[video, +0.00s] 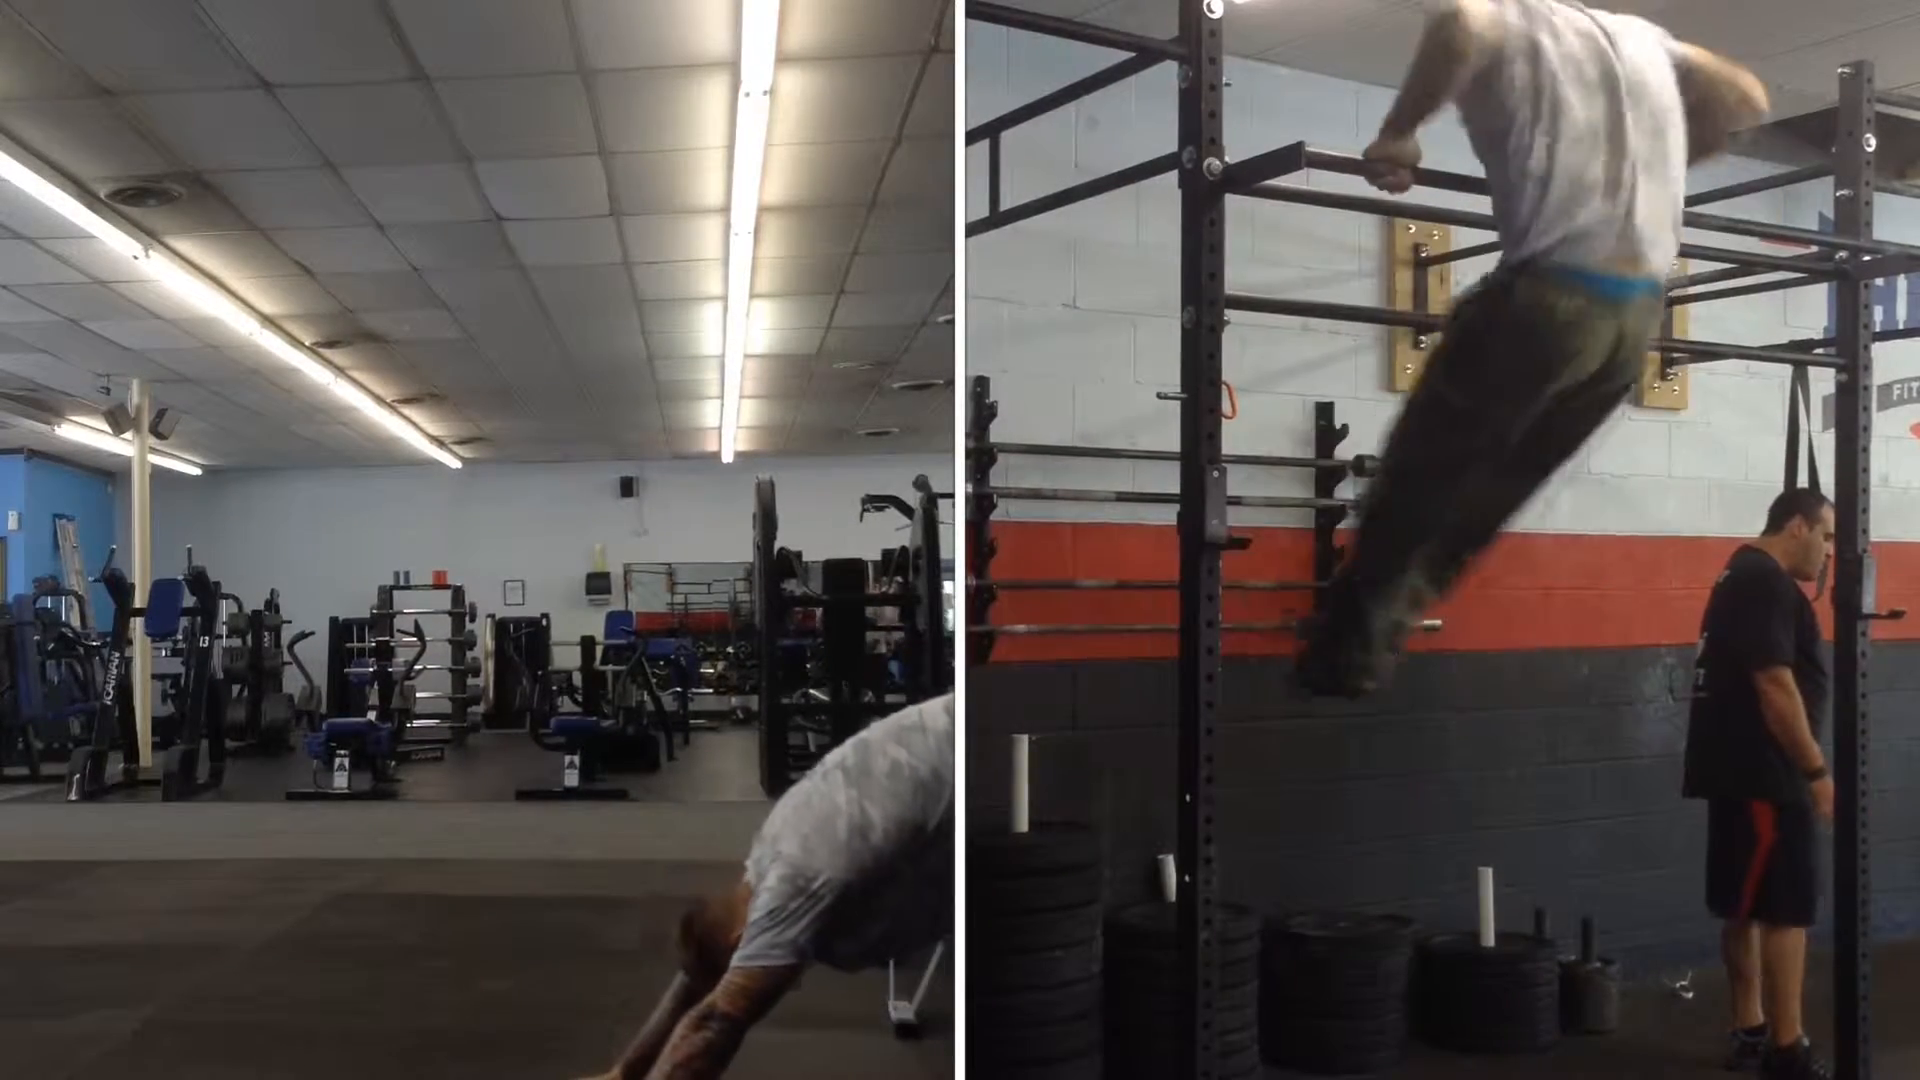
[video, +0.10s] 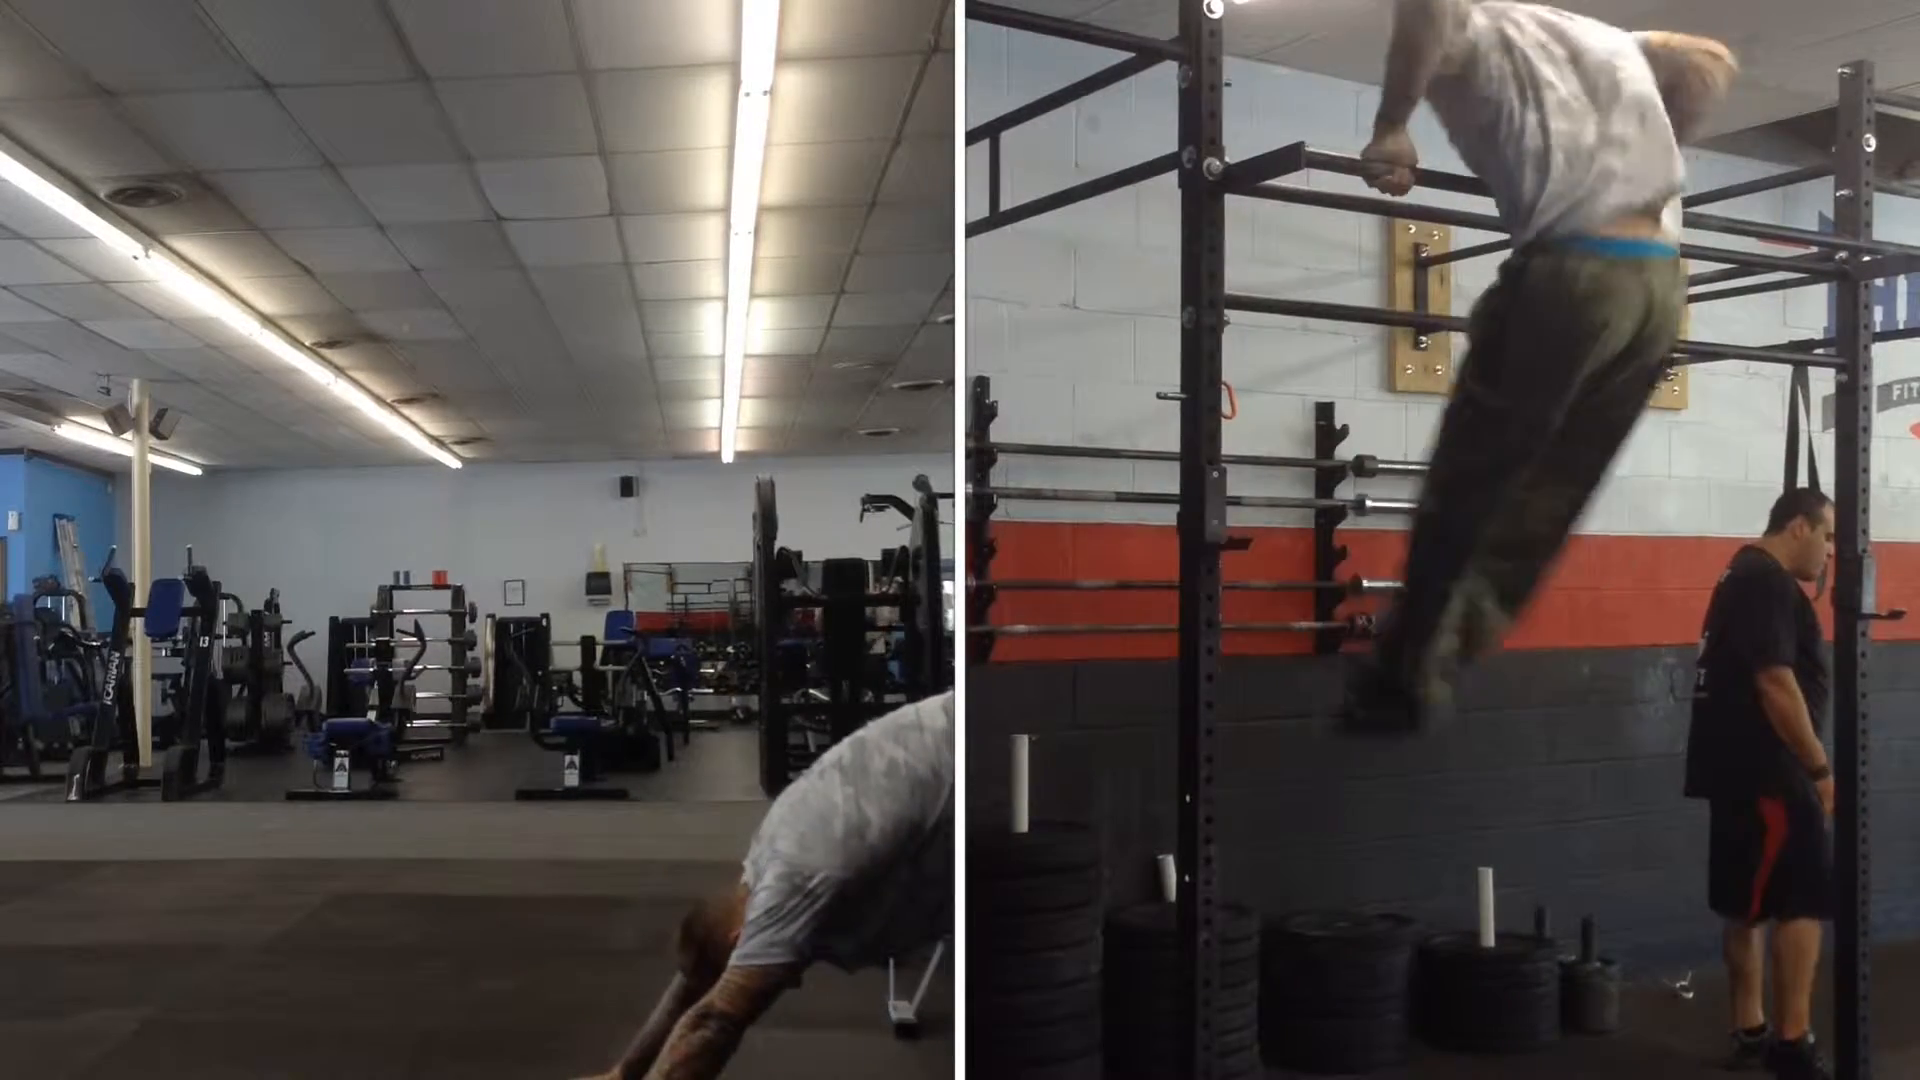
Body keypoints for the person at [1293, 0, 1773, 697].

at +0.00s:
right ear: (1576, 2)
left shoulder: (1497, 15)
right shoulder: (1644, 37)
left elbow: (1460, 25)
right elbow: (1745, 96)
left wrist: (1399, 129)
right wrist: (1660, 153)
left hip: (1545, 306)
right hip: (1634, 326)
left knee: (1423, 469)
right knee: (1495, 489)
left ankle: (1347, 653)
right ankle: (1382, 621)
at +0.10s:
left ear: (1461, 15)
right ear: (1531, 6)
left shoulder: (1459, 24)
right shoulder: (1601, 37)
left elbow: (1428, 2)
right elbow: (1711, 60)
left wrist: (1392, 124)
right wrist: (1650, 164)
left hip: (1568, 280)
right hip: (1661, 287)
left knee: (1473, 471)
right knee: (1560, 485)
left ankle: (1403, 681)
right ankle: (1467, 628)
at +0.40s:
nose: (1437, 144)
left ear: (1428, 59)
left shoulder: (1439, 45)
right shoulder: (1562, 42)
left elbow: (1401, 1)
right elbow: (1668, 48)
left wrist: (1397, 127)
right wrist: (1639, 160)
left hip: (1591, 214)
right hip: (1682, 223)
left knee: (1549, 465)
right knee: (1627, 473)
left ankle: (1520, 711)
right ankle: (1562, 700)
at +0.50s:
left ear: (1421, 25)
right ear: (1489, 14)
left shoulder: (1432, 25)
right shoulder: (1556, 31)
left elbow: (1391, 2)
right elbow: (1662, 48)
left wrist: (1397, 127)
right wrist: (1642, 158)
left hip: (1579, 197)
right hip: (1672, 205)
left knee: (1543, 448)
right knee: (1618, 456)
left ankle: (1512, 696)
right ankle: (1556, 689)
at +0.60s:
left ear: (1419, 14)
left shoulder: (1425, 13)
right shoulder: (1549, 16)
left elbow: (1387, 4)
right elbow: (1659, 48)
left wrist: (1395, 124)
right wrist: (1641, 158)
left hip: (1566, 183)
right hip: (1660, 190)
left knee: (1530, 433)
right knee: (1611, 440)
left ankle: (1497, 679)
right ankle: (1550, 675)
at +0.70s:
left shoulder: (1426, 11)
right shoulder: (1560, 9)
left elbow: (1391, 6)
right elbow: (1655, 42)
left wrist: (1397, 127)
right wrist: (1641, 144)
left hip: (1545, 165)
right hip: (1641, 169)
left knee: (1504, 409)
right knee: (1592, 412)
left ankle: (1469, 649)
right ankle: (1537, 641)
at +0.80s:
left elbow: (1397, 8)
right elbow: (1648, 40)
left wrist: (1394, 124)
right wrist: (1642, 142)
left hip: (1530, 139)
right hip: (1624, 144)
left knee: (1482, 382)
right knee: (1569, 387)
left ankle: (1437, 619)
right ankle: (1489, 604)